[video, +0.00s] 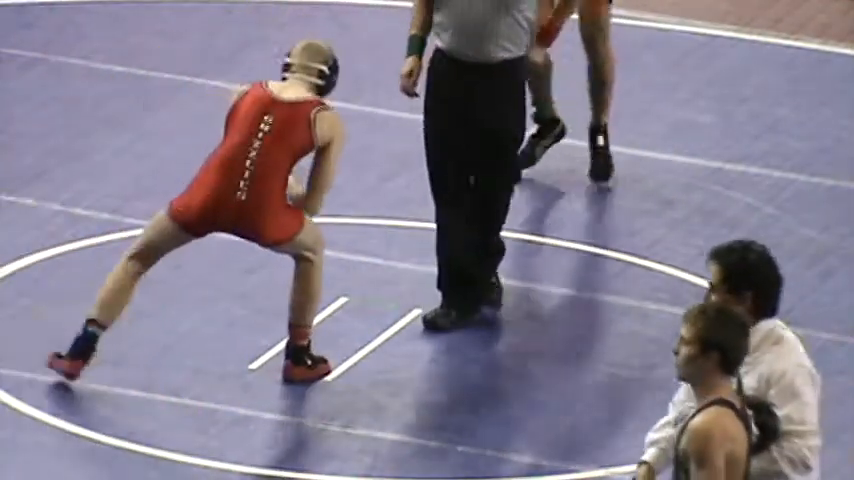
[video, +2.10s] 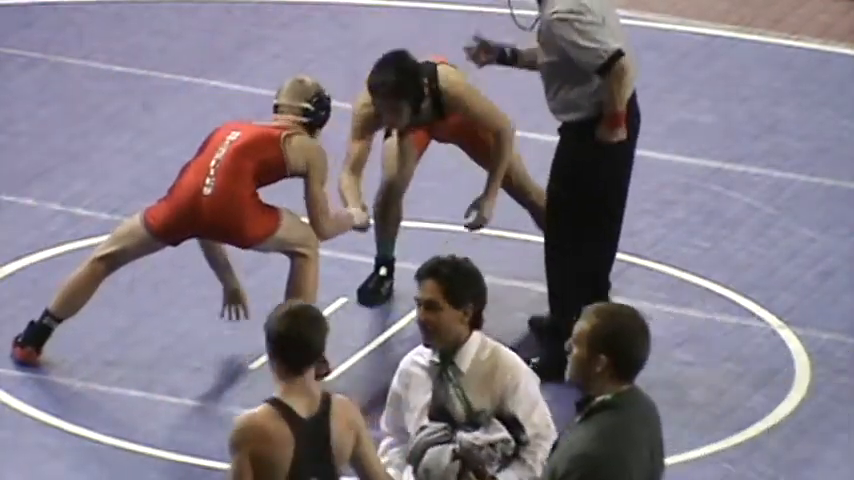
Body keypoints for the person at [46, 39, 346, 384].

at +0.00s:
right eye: (332, 82)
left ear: (287, 68)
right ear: (328, 81)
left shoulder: (247, 94)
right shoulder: (328, 122)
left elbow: (230, 146)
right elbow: (313, 201)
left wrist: (264, 180)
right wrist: (278, 189)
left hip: (204, 202)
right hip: (262, 219)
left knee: (138, 258)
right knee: (311, 247)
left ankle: (79, 354)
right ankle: (299, 357)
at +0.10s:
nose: (286, 84)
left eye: (288, 80)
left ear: (288, 82)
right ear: (327, 98)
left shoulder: (251, 100)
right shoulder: (329, 126)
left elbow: (228, 152)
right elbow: (313, 206)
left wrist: (261, 187)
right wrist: (274, 201)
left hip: (202, 200)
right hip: (259, 216)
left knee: (129, 266)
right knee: (315, 249)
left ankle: (57, 333)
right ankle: (299, 357)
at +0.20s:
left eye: (285, 89)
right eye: (327, 112)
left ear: (284, 94)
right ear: (323, 107)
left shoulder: (244, 114)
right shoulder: (323, 128)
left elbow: (223, 177)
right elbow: (310, 213)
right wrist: (264, 231)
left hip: (192, 208)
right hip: (251, 219)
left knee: (124, 272)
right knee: (314, 247)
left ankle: (56, 342)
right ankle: (300, 359)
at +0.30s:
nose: (317, 134)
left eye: (315, 126)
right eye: (319, 126)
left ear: (278, 111)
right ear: (313, 119)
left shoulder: (234, 129)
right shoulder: (311, 133)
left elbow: (218, 215)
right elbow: (306, 214)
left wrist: (237, 292)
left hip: (183, 216)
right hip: (242, 227)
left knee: (115, 263)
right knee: (313, 246)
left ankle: (48, 342)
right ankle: (299, 359)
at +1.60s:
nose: (314, 133)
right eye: (315, 123)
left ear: (270, 111)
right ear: (309, 117)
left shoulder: (231, 135)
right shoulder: (306, 135)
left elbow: (232, 248)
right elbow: (314, 216)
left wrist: (234, 323)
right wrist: (326, 204)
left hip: (182, 211)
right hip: (238, 217)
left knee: (105, 259)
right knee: (308, 243)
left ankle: (32, 340)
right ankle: (299, 359)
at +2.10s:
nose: (276, 108)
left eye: (279, 103)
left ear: (277, 109)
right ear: (317, 121)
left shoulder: (236, 130)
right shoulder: (310, 148)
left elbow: (200, 210)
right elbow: (322, 228)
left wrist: (229, 282)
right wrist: (351, 218)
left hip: (179, 209)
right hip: (235, 215)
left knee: (105, 260)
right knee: (307, 246)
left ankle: (33, 339)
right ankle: (299, 356)